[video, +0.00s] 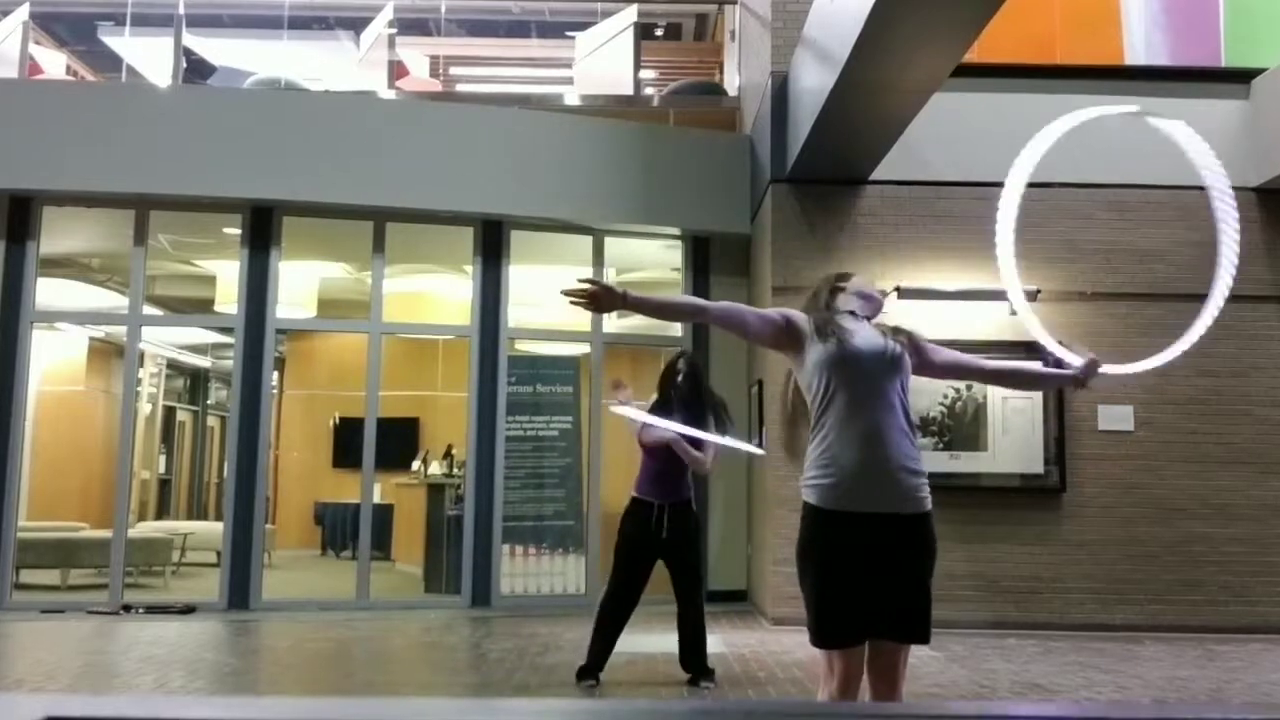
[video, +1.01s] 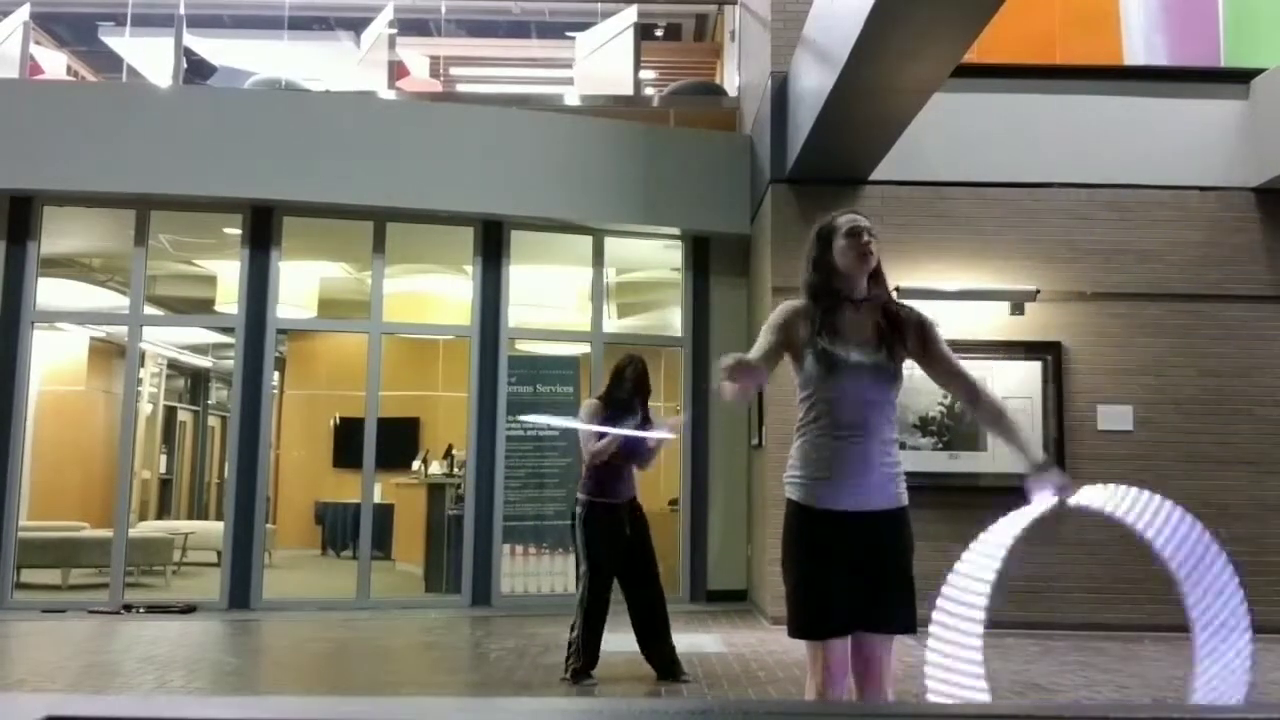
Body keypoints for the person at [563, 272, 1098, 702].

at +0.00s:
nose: (879, 292)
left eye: (880, 291)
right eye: (867, 287)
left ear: (872, 307)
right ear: (834, 292)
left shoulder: (903, 344)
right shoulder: (803, 331)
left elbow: (987, 368)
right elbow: (715, 313)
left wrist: (1064, 375)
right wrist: (628, 301)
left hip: (906, 515)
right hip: (832, 514)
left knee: (889, 675)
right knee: (844, 674)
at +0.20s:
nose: (884, 279)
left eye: (885, 276)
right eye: (873, 271)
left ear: (881, 293)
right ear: (842, 278)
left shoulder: (903, 338)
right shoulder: (806, 322)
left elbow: (991, 364)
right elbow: (709, 310)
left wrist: (1013, 325)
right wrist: (621, 302)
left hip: (903, 514)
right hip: (831, 512)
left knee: (887, 670)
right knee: (841, 670)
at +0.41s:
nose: (887, 257)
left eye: (886, 252)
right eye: (874, 251)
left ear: (878, 271)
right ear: (844, 263)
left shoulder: (902, 324)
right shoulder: (804, 317)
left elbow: (989, 346)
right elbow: (705, 317)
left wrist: (1014, 303)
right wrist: (620, 319)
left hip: (899, 508)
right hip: (830, 509)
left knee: (883, 675)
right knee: (841, 673)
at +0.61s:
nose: (892, 249)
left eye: (889, 242)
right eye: (881, 243)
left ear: (873, 259)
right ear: (853, 256)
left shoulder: (901, 322)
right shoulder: (809, 312)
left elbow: (981, 355)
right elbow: (719, 322)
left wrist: (1046, 340)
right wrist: (634, 331)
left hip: (894, 509)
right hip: (826, 507)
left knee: (882, 669)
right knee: (838, 670)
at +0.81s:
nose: (883, 244)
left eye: (881, 237)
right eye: (869, 237)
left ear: (876, 254)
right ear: (838, 252)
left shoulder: (901, 321)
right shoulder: (801, 315)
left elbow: (986, 364)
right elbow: (725, 342)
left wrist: (1075, 388)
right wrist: (658, 347)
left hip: (887, 505)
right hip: (819, 504)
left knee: (875, 668)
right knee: (830, 667)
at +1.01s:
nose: (866, 241)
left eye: (870, 234)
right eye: (852, 234)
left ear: (877, 253)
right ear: (824, 253)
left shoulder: (905, 323)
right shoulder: (797, 318)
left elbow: (971, 393)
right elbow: (750, 375)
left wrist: (1033, 460)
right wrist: (739, 375)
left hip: (883, 508)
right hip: (816, 508)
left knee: (874, 666)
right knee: (830, 667)